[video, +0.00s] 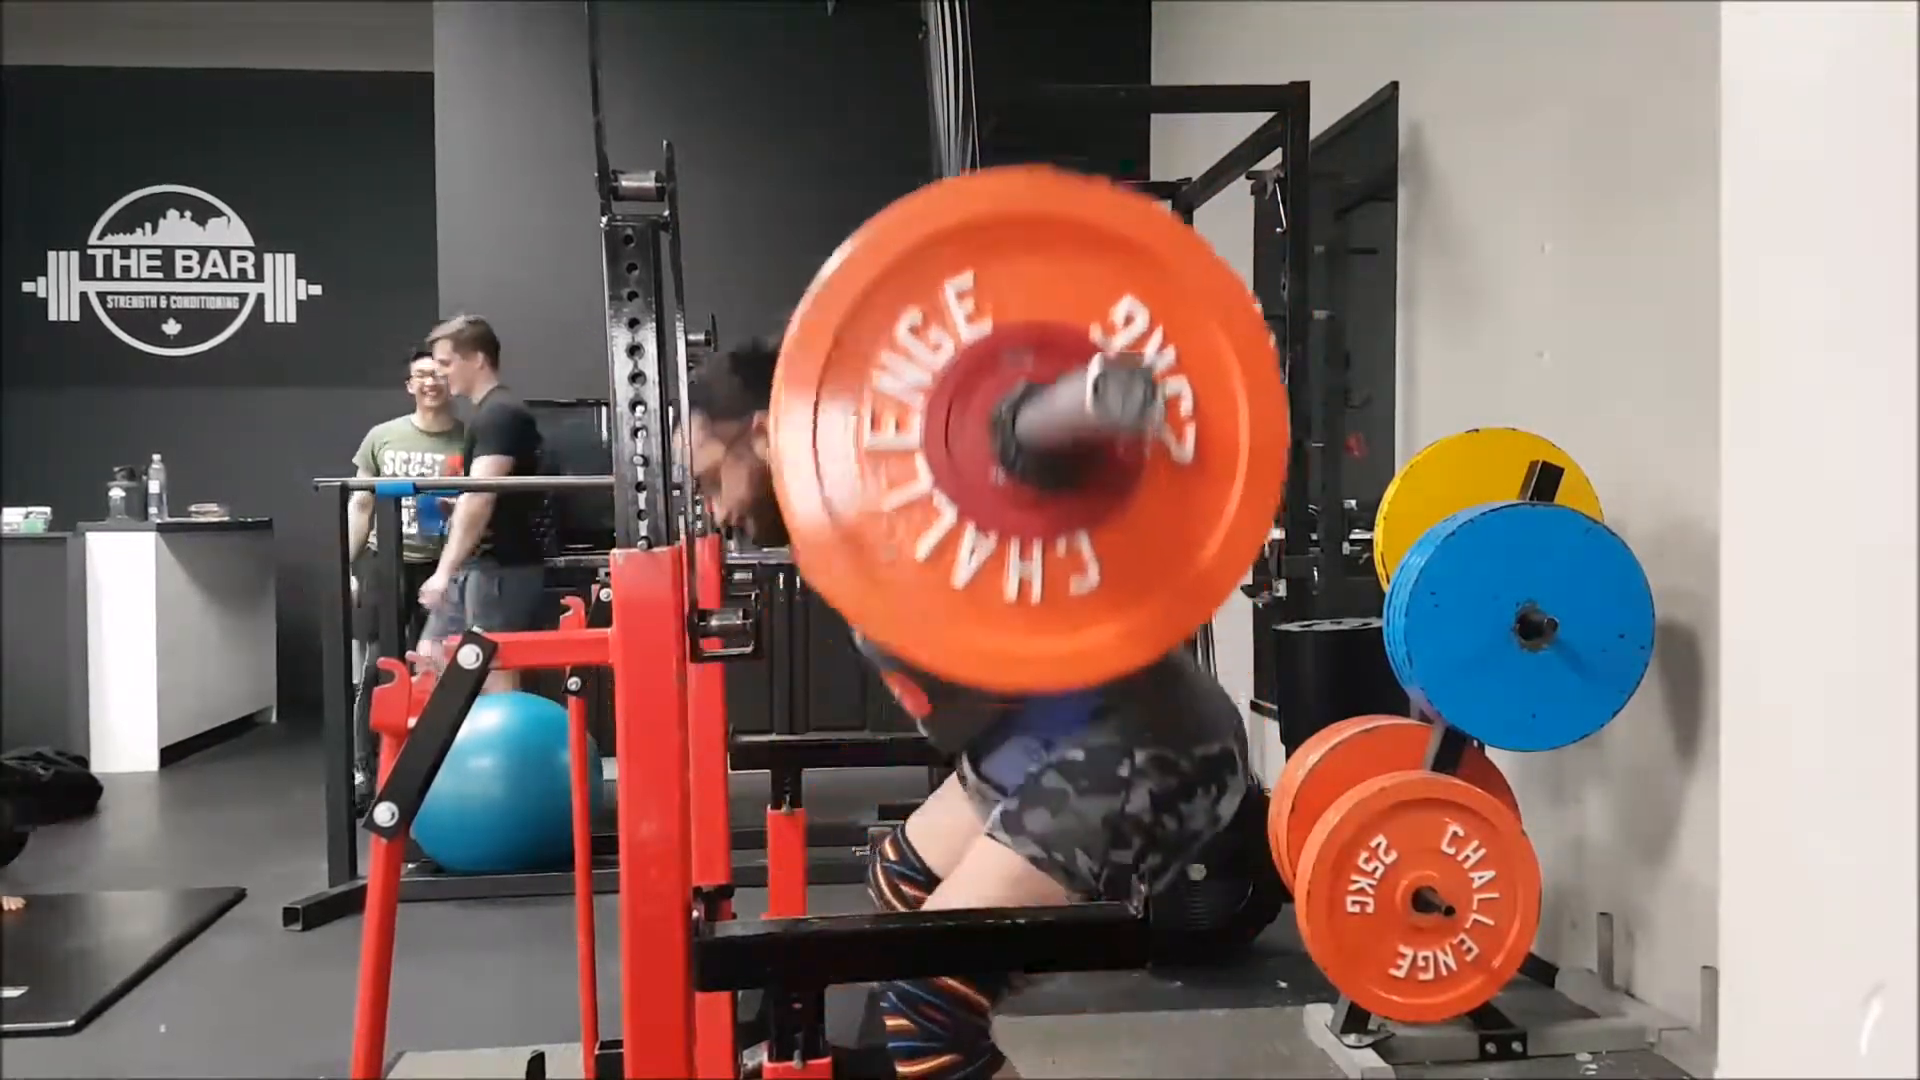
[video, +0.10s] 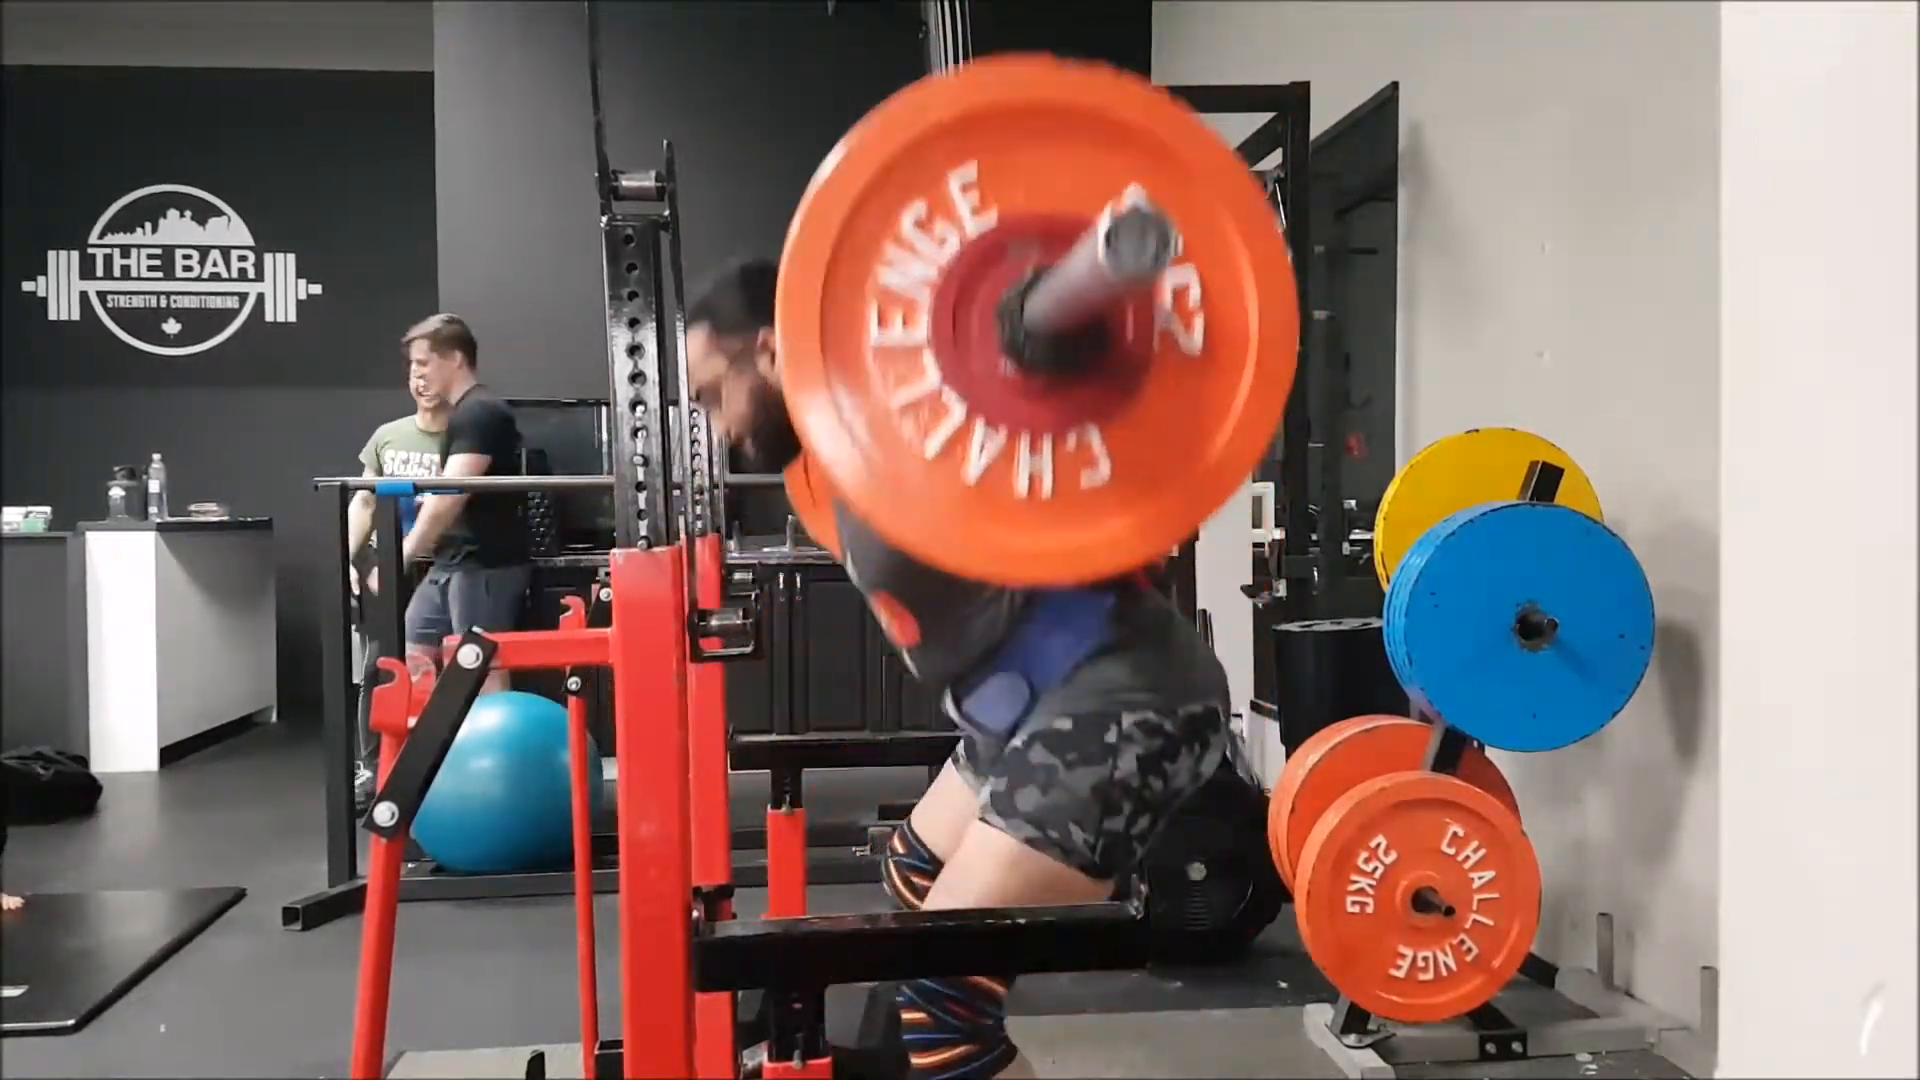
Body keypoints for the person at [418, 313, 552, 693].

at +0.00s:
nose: (440, 372)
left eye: (447, 362)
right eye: (439, 364)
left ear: (477, 360)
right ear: (473, 362)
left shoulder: (500, 414)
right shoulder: (487, 413)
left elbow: (479, 499)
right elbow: (479, 497)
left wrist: (443, 573)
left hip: (501, 570)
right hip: (481, 568)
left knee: (497, 687)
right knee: (432, 665)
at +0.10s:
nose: (415, 373)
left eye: (423, 362)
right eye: (413, 364)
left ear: (456, 360)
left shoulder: (480, 413)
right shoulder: (462, 415)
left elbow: (450, 498)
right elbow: (442, 497)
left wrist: (407, 556)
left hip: (485, 566)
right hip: (450, 564)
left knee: (485, 678)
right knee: (415, 652)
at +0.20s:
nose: (392, 376)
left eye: (398, 365)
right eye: (390, 368)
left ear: (432, 362)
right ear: (429, 363)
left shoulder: (457, 416)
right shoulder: (433, 421)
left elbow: (429, 501)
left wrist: (382, 545)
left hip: (464, 573)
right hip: (426, 573)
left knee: (471, 692)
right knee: (422, 688)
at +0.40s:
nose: (403, 385)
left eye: (411, 376)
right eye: (398, 379)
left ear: (439, 380)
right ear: (392, 383)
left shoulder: (469, 445)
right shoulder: (392, 447)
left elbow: (489, 515)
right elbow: (377, 513)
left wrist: (488, 583)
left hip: (453, 570)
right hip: (399, 573)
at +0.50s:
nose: (389, 388)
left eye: (396, 378)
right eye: (383, 382)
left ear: (425, 379)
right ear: (378, 387)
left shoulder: (459, 444)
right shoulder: (378, 445)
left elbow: (472, 514)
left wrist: (457, 580)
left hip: (434, 568)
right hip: (383, 568)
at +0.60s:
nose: (374, 388)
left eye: (383, 378)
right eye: (369, 383)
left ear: (413, 381)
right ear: (364, 388)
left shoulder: (443, 443)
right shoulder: (364, 445)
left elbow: (456, 516)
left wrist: (427, 577)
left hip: (419, 572)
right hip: (370, 571)